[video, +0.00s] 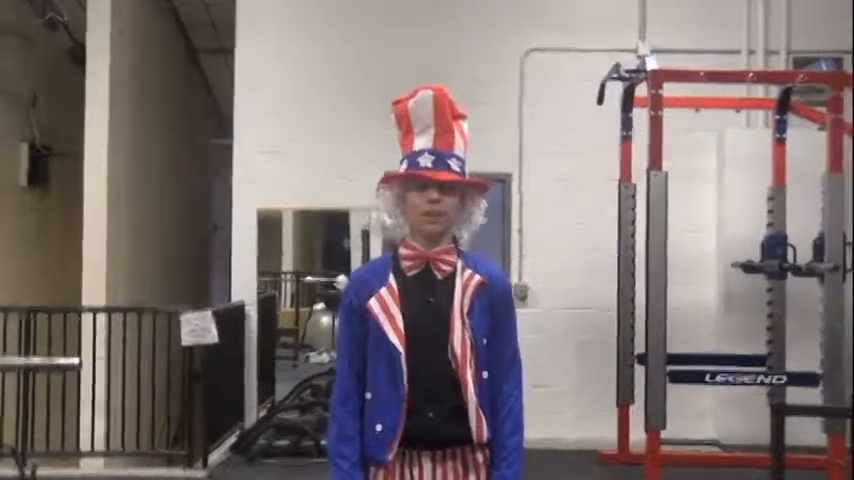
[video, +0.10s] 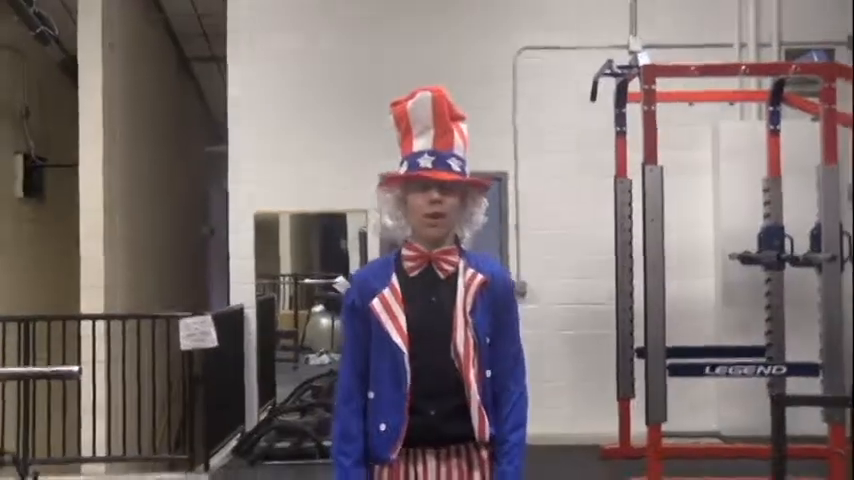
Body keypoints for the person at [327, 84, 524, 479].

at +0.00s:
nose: (433, 198)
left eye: (446, 189)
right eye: (420, 187)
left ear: (463, 202)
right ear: (402, 199)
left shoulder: (489, 284)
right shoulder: (366, 284)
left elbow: (507, 388)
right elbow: (348, 391)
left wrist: (507, 470)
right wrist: (346, 471)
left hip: (468, 462)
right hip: (389, 463)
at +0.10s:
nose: (435, 199)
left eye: (448, 189)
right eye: (422, 188)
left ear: (465, 202)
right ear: (403, 200)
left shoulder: (491, 280)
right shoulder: (368, 285)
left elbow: (510, 386)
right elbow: (351, 393)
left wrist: (509, 470)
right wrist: (350, 471)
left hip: (470, 461)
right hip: (393, 463)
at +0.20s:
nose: (436, 211)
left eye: (449, 202)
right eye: (423, 200)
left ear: (465, 215)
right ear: (404, 211)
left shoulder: (491, 293)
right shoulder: (366, 292)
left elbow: (507, 397)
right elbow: (346, 398)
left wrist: (505, 471)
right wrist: (339, 472)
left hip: (466, 467)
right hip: (388, 467)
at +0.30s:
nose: (443, 222)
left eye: (456, 213)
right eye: (430, 210)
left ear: (472, 226)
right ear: (411, 222)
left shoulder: (498, 306)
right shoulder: (370, 305)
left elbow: (512, 412)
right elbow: (348, 413)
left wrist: (509, 473)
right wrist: (339, 474)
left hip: (469, 471)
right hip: (393, 470)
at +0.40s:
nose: (451, 227)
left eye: (464, 218)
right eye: (438, 216)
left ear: (481, 233)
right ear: (418, 229)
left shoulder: (504, 313)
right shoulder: (376, 312)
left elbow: (517, 419)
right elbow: (354, 417)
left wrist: (516, 473)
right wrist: (344, 474)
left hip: (474, 470)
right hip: (397, 470)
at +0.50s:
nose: (457, 234)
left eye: (470, 225)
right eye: (444, 222)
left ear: (487, 240)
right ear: (425, 234)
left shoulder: (508, 320)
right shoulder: (382, 314)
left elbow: (522, 427)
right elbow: (356, 424)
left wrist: (524, 476)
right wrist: (346, 475)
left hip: (477, 471)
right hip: (398, 470)